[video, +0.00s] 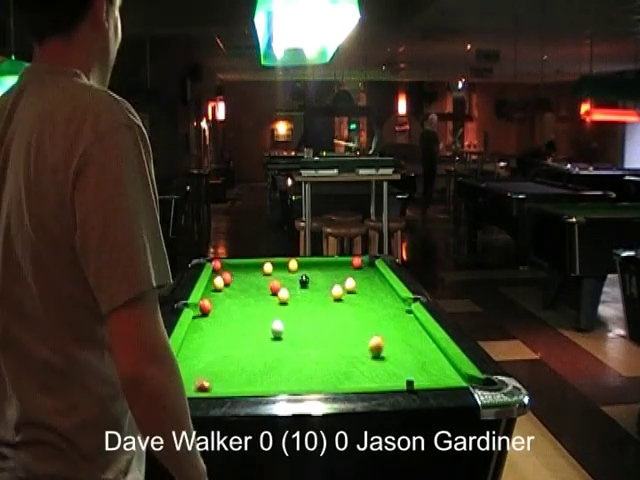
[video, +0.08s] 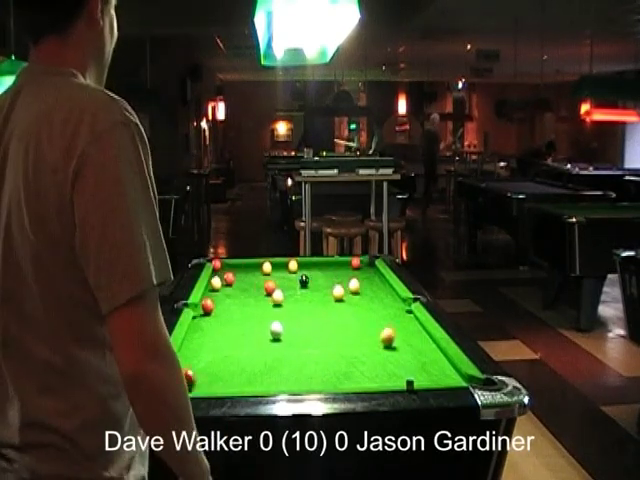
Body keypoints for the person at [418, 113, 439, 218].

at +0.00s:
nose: (436, 122)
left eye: (435, 120)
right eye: (435, 120)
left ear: (428, 121)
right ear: (433, 121)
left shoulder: (423, 133)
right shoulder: (432, 134)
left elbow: (422, 148)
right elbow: (435, 149)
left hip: (425, 162)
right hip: (431, 163)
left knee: (426, 186)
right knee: (429, 186)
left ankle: (425, 206)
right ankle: (426, 207)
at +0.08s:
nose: (438, 123)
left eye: (438, 121)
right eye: (437, 121)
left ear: (430, 121)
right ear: (435, 122)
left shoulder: (425, 132)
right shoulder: (433, 134)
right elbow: (435, 150)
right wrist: (446, 143)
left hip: (426, 161)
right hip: (431, 163)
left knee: (427, 183)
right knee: (430, 184)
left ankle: (425, 204)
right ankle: (426, 205)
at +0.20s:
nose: (441, 122)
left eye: (441, 120)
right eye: (441, 120)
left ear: (434, 118)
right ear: (439, 120)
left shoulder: (428, 128)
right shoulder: (435, 130)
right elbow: (436, 146)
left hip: (429, 155)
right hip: (435, 156)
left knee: (429, 175)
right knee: (438, 175)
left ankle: (427, 192)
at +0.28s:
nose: (444, 123)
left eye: (444, 121)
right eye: (443, 121)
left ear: (436, 118)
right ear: (442, 120)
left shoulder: (429, 128)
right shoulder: (438, 130)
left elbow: (429, 142)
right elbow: (439, 145)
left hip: (429, 155)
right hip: (436, 156)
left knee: (430, 175)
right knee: (440, 175)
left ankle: (427, 192)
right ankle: (442, 193)